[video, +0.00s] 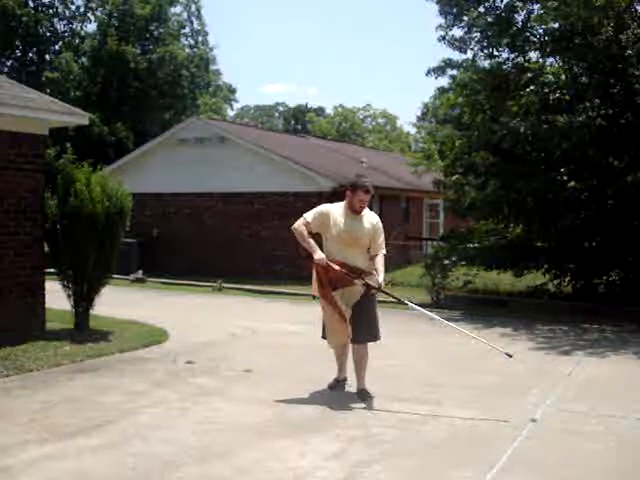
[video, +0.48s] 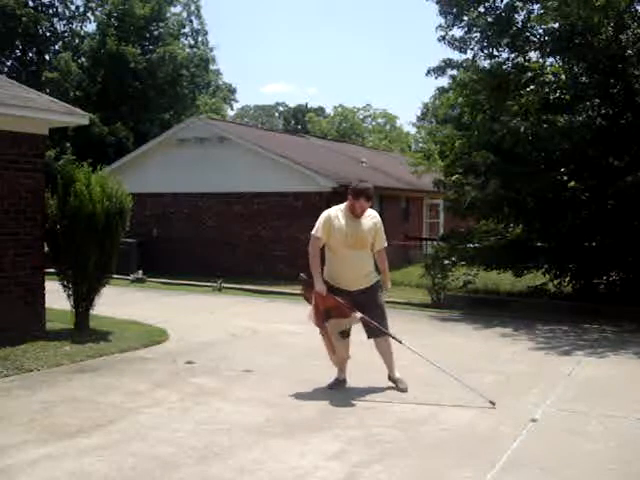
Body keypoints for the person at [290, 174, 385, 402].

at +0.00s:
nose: (363, 204)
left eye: (367, 200)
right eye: (360, 199)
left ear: (370, 199)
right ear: (348, 194)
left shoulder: (372, 221)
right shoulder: (328, 212)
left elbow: (378, 252)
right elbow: (299, 227)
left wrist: (379, 275)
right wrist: (315, 251)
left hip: (362, 288)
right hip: (333, 289)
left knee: (361, 339)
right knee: (338, 337)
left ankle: (361, 386)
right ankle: (341, 376)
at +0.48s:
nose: (363, 209)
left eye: (366, 205)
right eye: (360, 204)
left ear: (370, 203)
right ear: (350, 199)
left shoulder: (373, 219)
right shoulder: (330, 217)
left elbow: (380, 251)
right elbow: (314, 246)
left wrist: (386, 277)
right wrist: (318, 280)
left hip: (367, 287)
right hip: (337, 288)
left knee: (380, 332)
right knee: (339, 335)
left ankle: (393, 373)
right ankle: (341, 375)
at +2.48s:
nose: (386, 212)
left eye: (389, 208)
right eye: (384, 207)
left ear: (392, 206)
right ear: (374, 201)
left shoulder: (392, 220)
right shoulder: (353, 218)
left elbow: (396, 250)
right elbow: (339, 249)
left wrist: (398, 269)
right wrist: (335, 280)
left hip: (386, 289)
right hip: (355, 287)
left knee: (389, 335)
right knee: (346, 334)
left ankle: (395, 376)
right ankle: (334, 379)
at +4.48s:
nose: (384, 211)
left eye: (388, 208)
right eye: (381, 207)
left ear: (390, 206)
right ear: (372, 201)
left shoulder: (395, 221)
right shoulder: (353, 219)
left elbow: (400, 255)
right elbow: (341, 251)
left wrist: (405, 281)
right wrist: (336, 282)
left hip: (387, 290)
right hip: (356, 288)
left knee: (389, 336)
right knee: (345, 335)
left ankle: (396, 377)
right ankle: (335, 380)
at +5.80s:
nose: (385, 212)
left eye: (389, 209)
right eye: (383, 208)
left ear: (391, 207)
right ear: (373, 202)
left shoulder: (392, 221)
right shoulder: (352, 219)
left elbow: (397, 255)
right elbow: (335, 248)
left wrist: (398, 283)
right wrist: (332, 279)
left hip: (385, 289)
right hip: (356, 287)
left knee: (389, 337)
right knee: (347, 336)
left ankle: (395, 376)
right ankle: (335, 379)